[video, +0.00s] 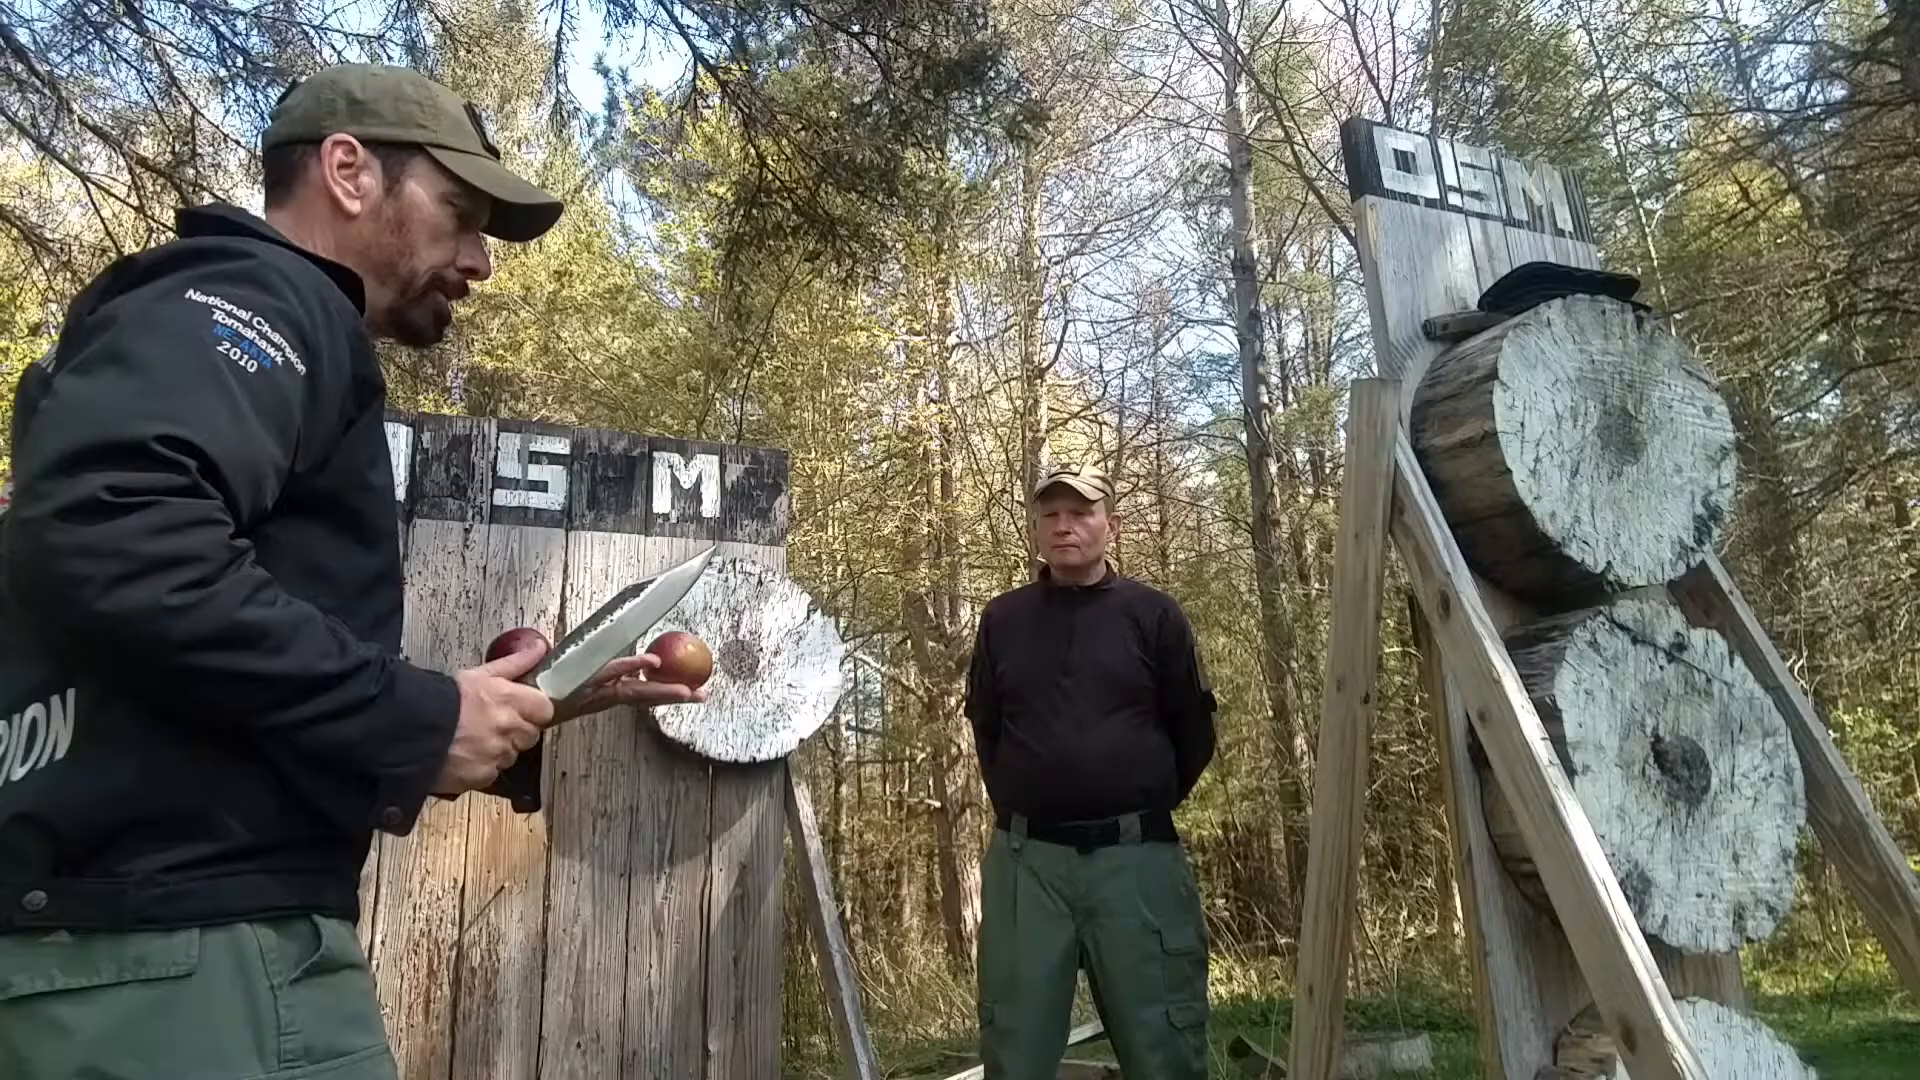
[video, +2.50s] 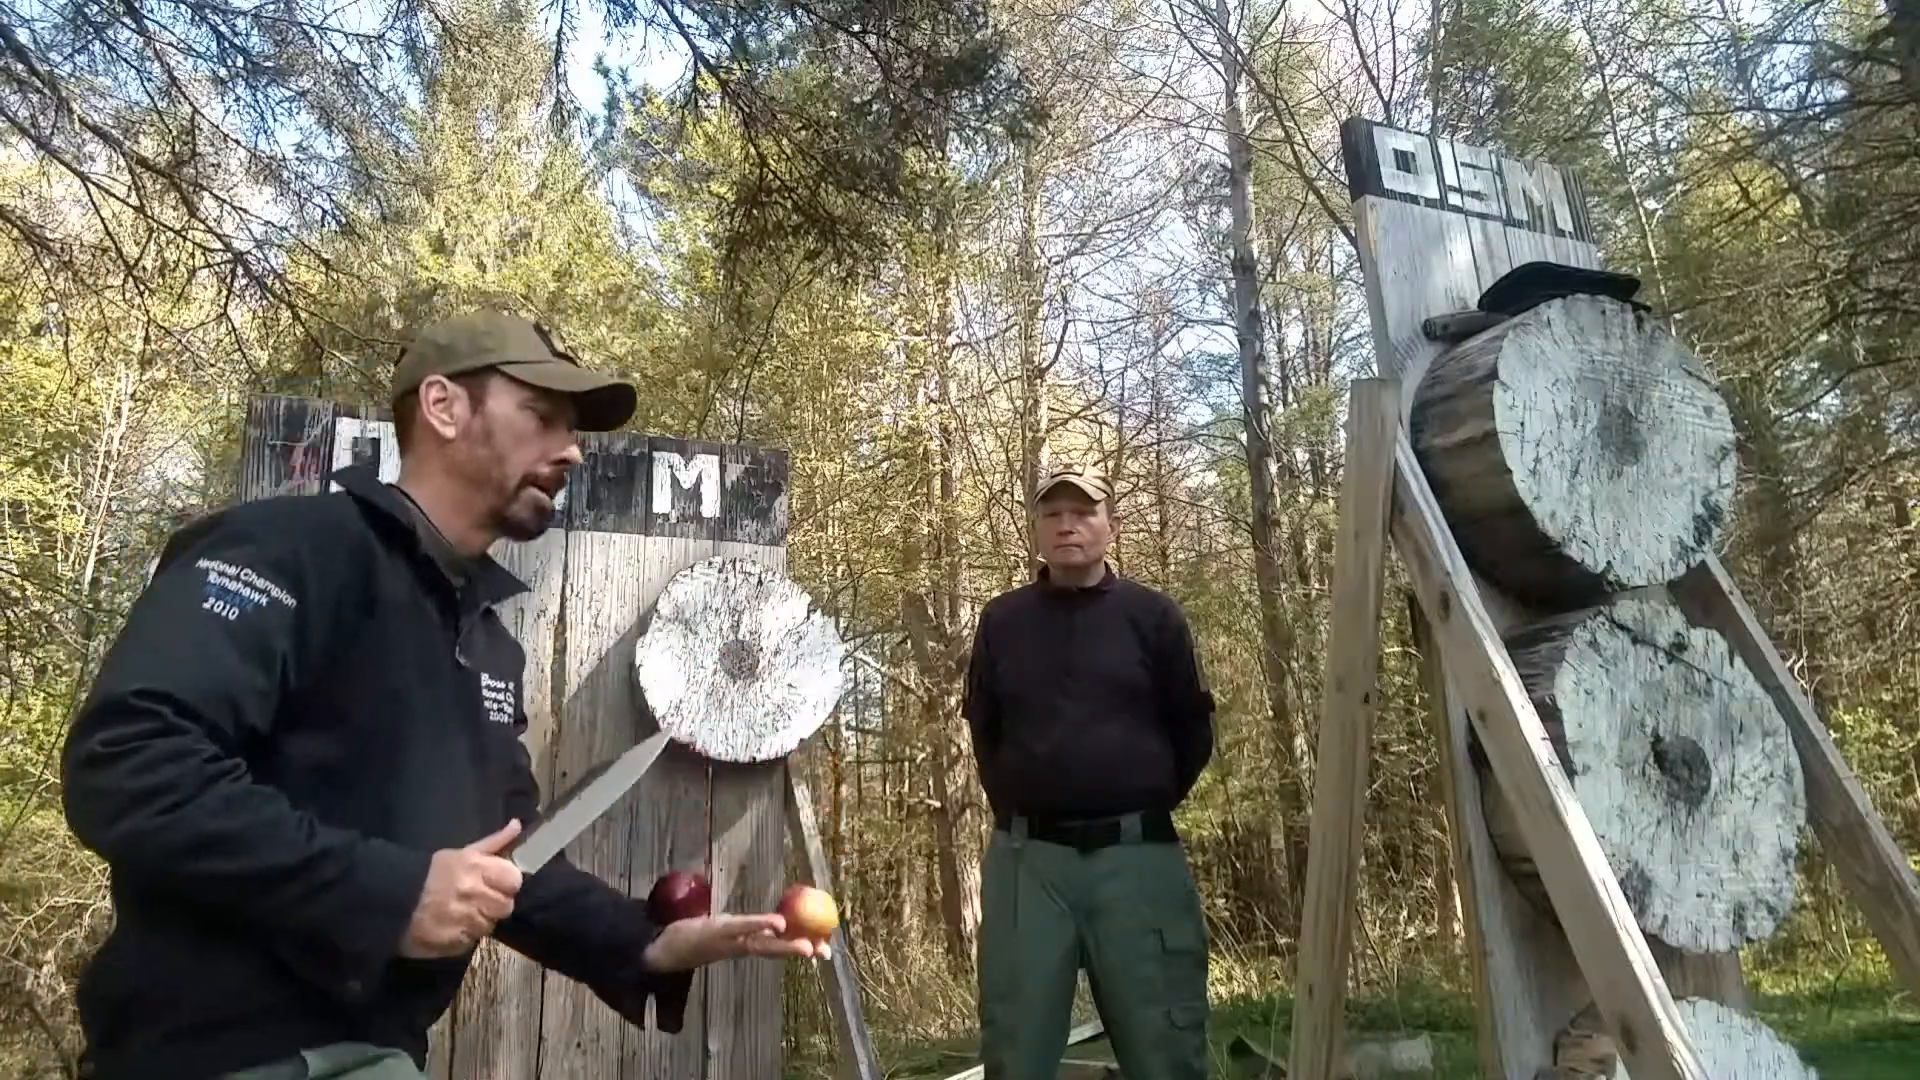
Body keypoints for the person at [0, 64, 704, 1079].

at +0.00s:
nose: (483, 261)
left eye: (487, 232)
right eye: (464, 214)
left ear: (349, 176)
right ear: (349, 172)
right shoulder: (262, 293)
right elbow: (114, 535)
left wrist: (478, 707)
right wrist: (414, 718)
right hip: (189, 961)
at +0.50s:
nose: (533, 364)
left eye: (541, 344)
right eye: (521, 324)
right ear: (431, 283)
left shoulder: (416, 496)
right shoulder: (264, 412)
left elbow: (428, 725)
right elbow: (92, 612)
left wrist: (600, 760)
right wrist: (371, 730)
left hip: (307, 955)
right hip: (243, 963)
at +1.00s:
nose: (559, 353)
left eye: (564, 334)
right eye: (536, 319)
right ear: (437, 309)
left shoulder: (491, 533)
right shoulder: (277, 439)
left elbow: (499, 727)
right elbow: (113, 625)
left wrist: (641, 796)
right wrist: (337, 739)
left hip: (358, 953)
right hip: (255, 943)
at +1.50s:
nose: (584, 317)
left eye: (588, 294)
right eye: (551, 281)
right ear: (452, 285)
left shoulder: (522, 514)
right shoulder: (331, 410)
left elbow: (524, 734)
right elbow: (179, 611)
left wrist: (708, 779)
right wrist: (442, 735)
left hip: (400, 942)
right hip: (307, 938)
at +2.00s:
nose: (558, 370)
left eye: (563, 347)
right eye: (536, 334)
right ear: (436, 321)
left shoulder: (480, 546)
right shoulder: (283, 447)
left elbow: (491, 752)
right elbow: (111, 633)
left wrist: (650, 808)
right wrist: (374, 747)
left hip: (346, 960)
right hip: (265, 961)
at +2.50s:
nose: (570, 453)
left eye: (573, 427)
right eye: (544, 416)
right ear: (444, 408)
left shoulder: (490, 643)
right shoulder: (286, 546)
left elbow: (487, 856)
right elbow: (126, 771)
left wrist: (648, 939)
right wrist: (393, 891)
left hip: (375, 1042)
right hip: (234, 1043)